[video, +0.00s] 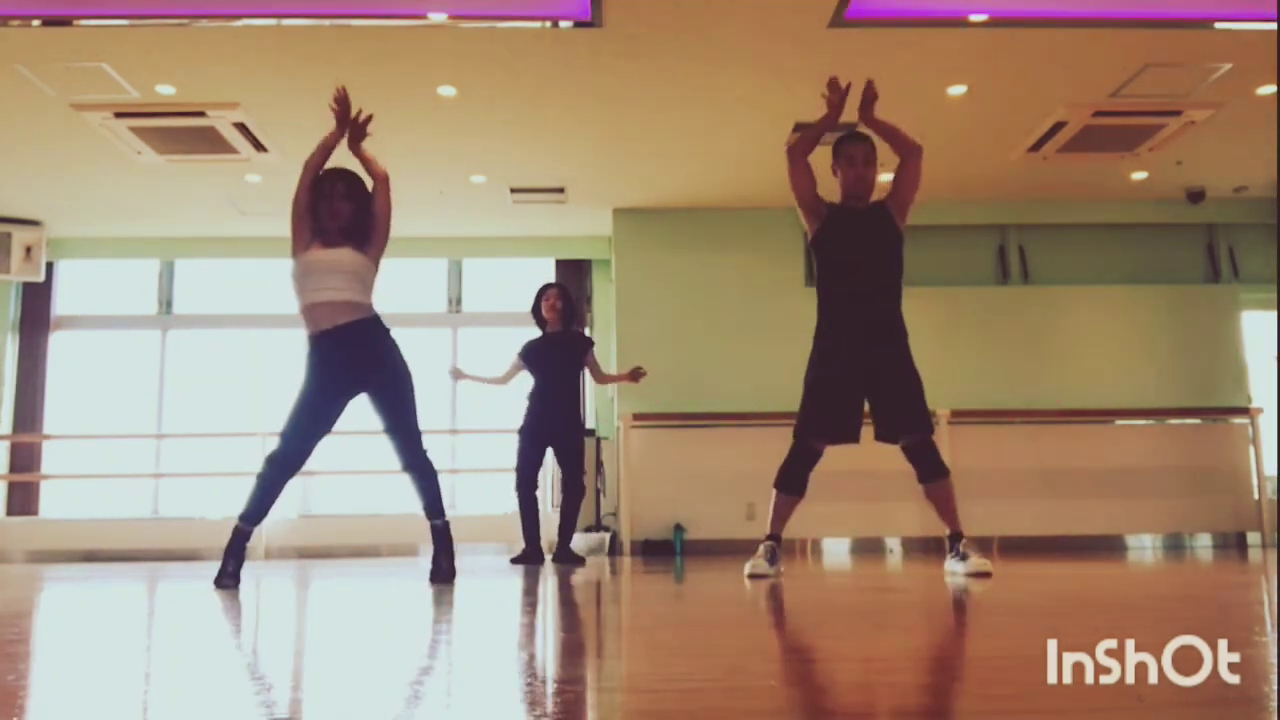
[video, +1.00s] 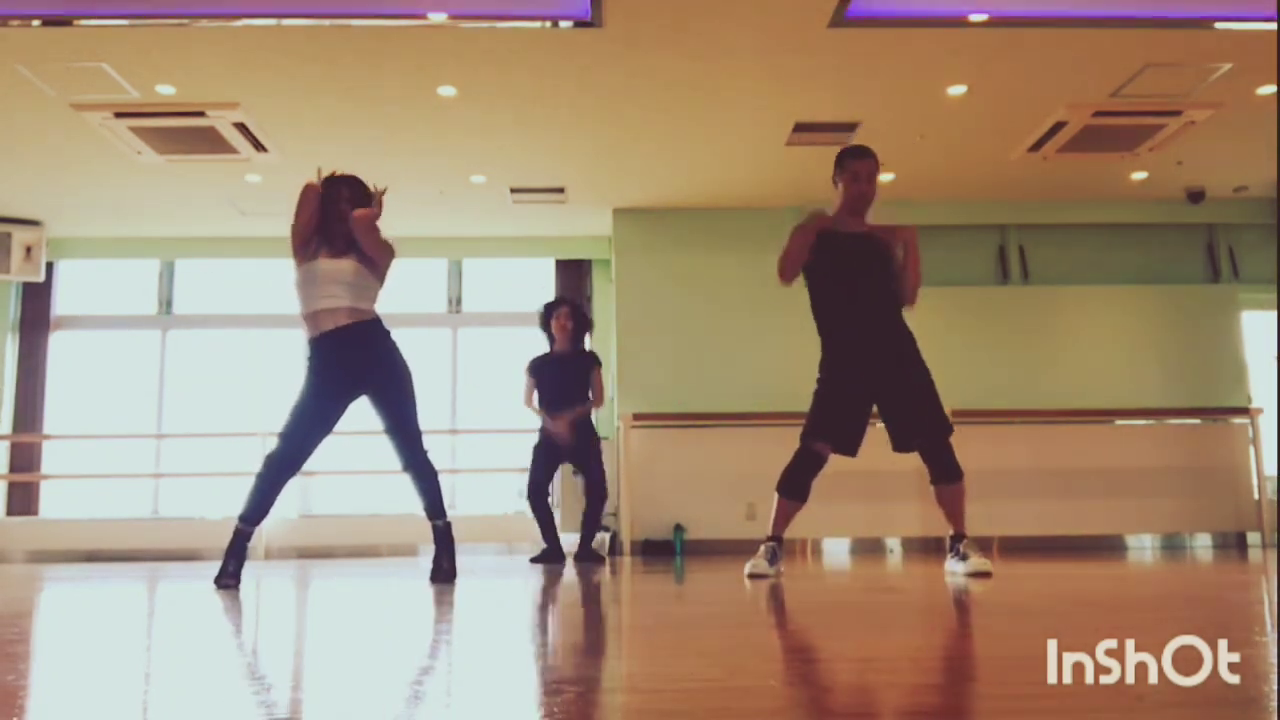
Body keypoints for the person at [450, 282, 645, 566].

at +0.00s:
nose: (552, 303)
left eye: (558, 299)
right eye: (547, 299)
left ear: (567, 305)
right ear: (539, 307)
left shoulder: (580, 342)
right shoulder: (532, 347)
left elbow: (599, 378)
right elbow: (503, 379)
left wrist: (626, 377)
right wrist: (466, 376)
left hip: (568, 424)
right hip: (536, 424)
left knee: (574, 487)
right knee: (524, 485)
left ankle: (563, 548)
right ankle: (532, 549)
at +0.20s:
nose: (554, 305)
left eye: (560, 300)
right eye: (549, 300)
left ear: (568, 309)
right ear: (540, 308)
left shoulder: (574, 346)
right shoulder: (527, 345)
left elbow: (596, 385)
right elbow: (504, 379)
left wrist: (624, 381)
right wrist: (468, 383)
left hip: (571, 426)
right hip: (539, 426)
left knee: (578, 488)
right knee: (525, 488)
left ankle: (563, 548)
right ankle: (532, 549)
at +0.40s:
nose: (553, 303)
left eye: (558, 299)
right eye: (548, 300)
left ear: (567, 307)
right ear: (539, 308)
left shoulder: (578, 343)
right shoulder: (531, 348)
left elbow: (595, 382)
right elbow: (501, 378)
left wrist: (621, 384)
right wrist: (463, 375)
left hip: (566, 427)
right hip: (533, 426)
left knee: (572, 488)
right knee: (521, 485)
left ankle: (563, 548)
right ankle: (532, 548)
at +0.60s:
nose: (556, 301)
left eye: (561, 297)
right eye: (551, 297)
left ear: (569, 304)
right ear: (542, 305)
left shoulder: (580, 336)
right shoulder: (530, 341)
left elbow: (600, 367)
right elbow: (511, 364)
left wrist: (619, 388)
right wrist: (499, 379)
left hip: (568, 421)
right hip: (535, 420)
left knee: (574, 485)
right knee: (523, 483)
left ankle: (563, 548)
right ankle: (531, 548)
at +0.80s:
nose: (558, 288)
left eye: (564, 283)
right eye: (553, 283)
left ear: (571, 288)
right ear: (544, 288)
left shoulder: (583, 321)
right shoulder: (534, 322)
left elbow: (583, 361)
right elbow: (533, 366)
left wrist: (545, 364)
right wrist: (568, 379)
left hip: (575, 399)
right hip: (545, 400)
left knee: (577, 470)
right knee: (539, 468)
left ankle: (576, 537)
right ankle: (546, 537)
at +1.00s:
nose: (562, 322)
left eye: (568, 317)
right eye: (557, 317)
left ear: (577, 324)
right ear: (548, 324)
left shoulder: (589, 359)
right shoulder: (538, 364)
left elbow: (598, 400)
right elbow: (528, 401)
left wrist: (570, 416)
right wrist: (549, 421)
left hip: (582, 431)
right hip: (551, 430)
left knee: (598, 490)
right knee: (536, 491)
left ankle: (585, 547)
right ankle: (553, 547)